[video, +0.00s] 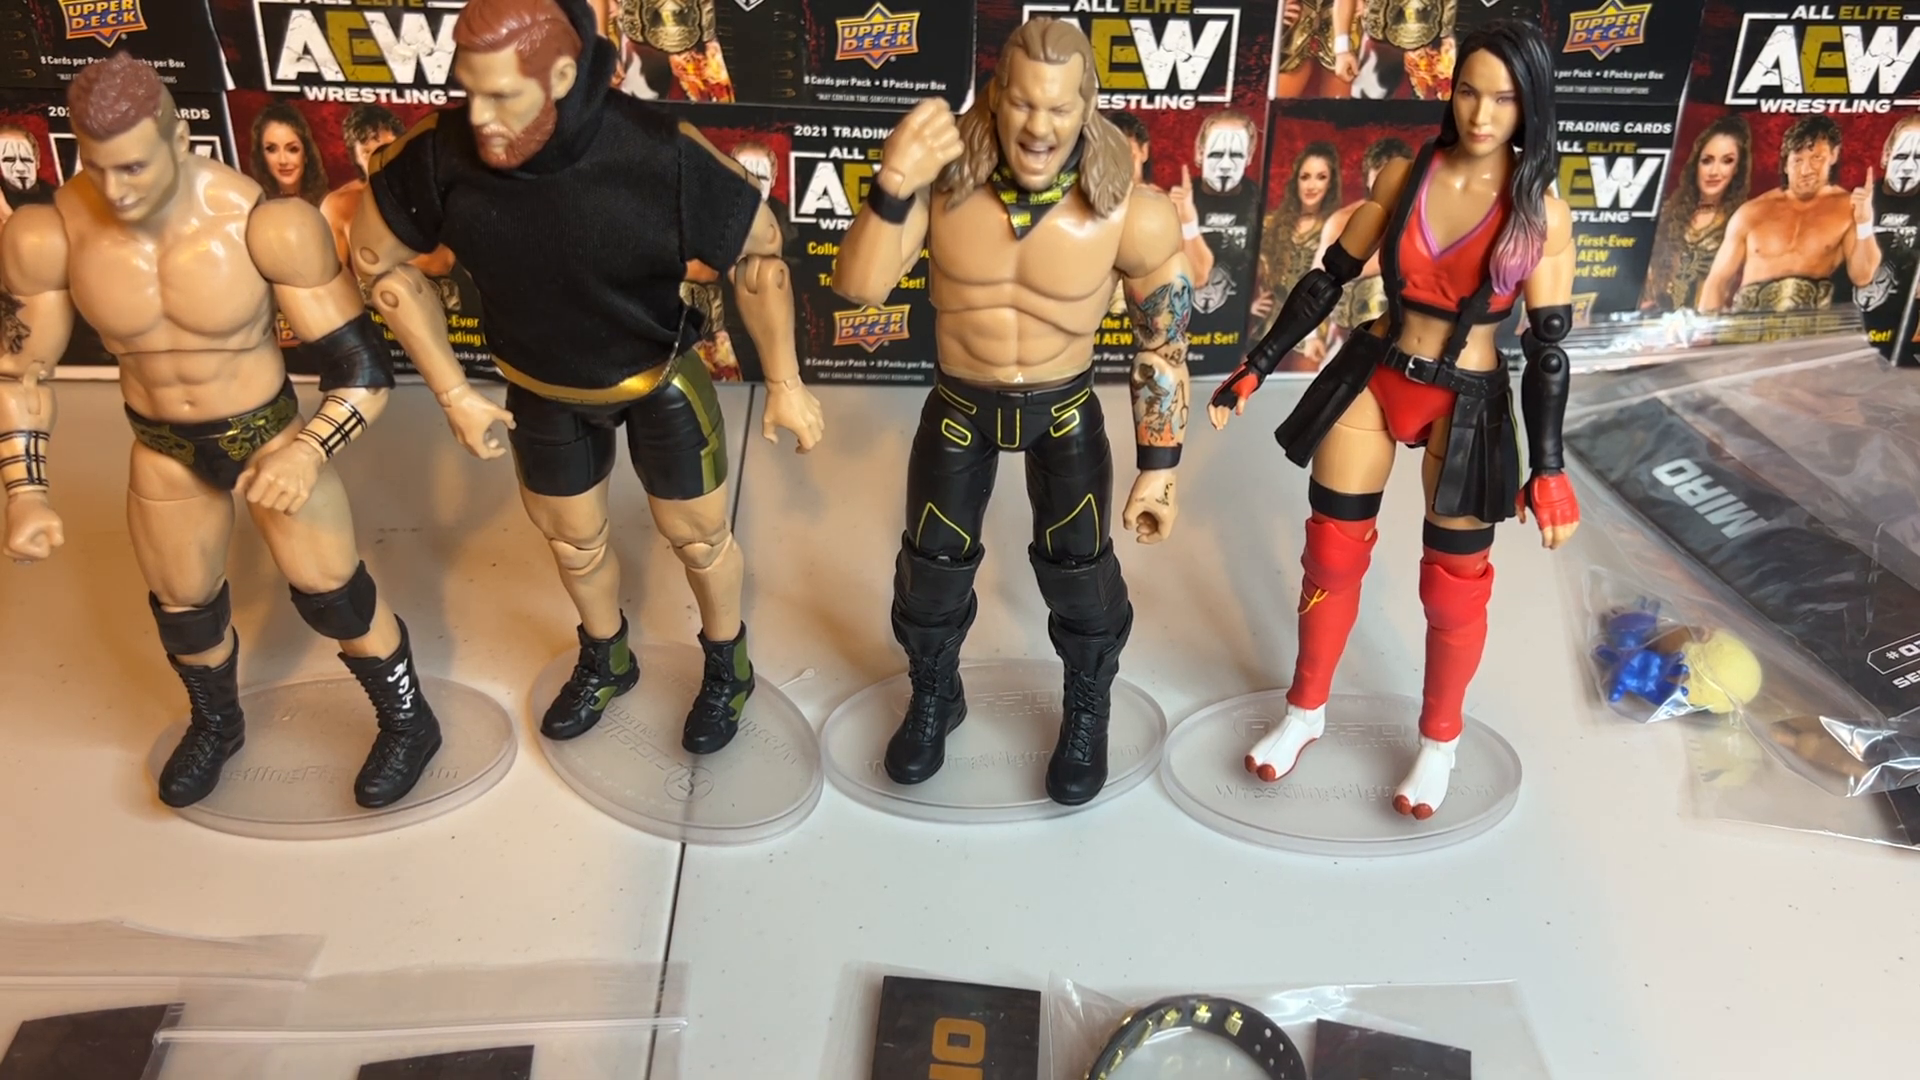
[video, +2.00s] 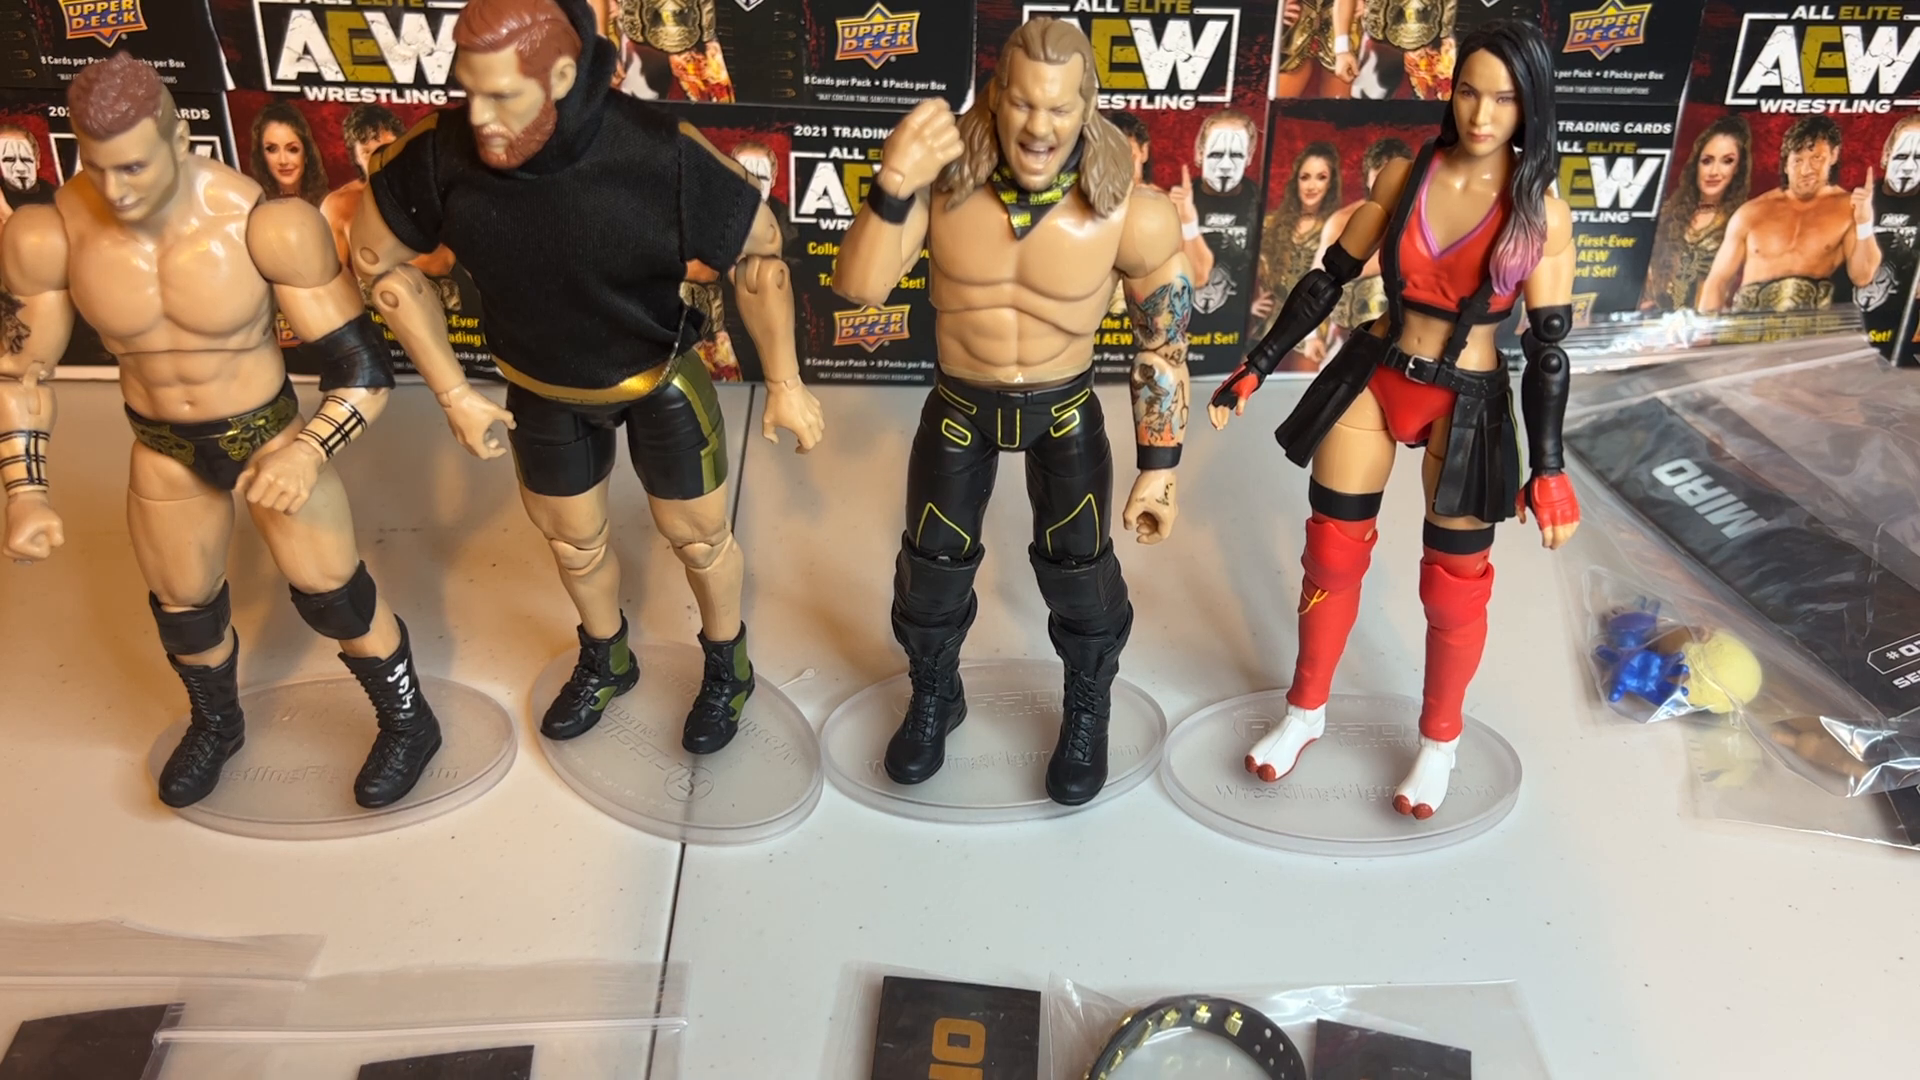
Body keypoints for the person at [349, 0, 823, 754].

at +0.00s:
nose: (481, 119)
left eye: (502, 96)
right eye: (468, 95)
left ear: (564, 76)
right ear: (456, 81)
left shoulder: (653, 155)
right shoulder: (442, 159)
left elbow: (757, 245)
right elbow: (372, 252)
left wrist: (784, 381)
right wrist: (453, 392)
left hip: (661, 382)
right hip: (542, 394)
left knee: (700, 540)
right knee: (575, 546)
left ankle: (726, 667)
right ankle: (607, 660)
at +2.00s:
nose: (481, 119)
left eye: (502, 96)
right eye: (468, 95)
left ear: (564, 76)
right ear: (456, 81)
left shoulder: (653, 155)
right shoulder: (442, 158)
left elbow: (757, 246)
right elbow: (373, 252)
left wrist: (784, 381)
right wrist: (452, 392)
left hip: (661, 382)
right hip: (542, 395)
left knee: (700, 541)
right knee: (575, 547)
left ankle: (726, 667)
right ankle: (607, 661)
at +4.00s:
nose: (481, 119)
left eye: (503, 96)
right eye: (468, 95)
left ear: (564, 77)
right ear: (457, 81)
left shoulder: (653, 156)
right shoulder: (443, 159)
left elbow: (757, 246)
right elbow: (372, 251)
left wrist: (784, 381)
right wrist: (452, 392)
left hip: (661, 382)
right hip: (542, 394)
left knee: (700, 540)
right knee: (575, 545)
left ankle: (726, 666)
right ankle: (607, 660)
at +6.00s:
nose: (481, 119)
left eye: (503, 96)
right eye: (468, 96)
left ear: (565, 77)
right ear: (456, 81)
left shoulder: (653, 155)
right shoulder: (443, 159)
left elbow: (757, 246)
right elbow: (372, 252)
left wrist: (785, 382)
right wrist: (453, 393)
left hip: (662, 382)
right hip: (543, 394)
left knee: (700, 540)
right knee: (575, 546)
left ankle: (726, 666)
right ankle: (607, 660)